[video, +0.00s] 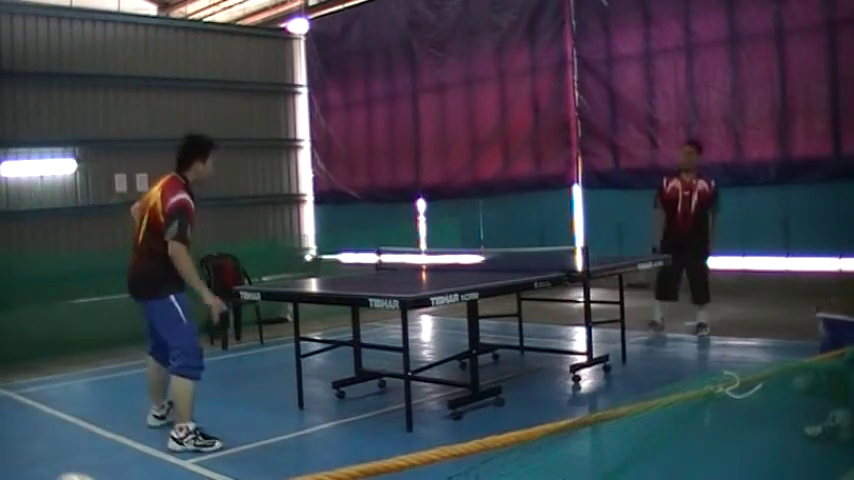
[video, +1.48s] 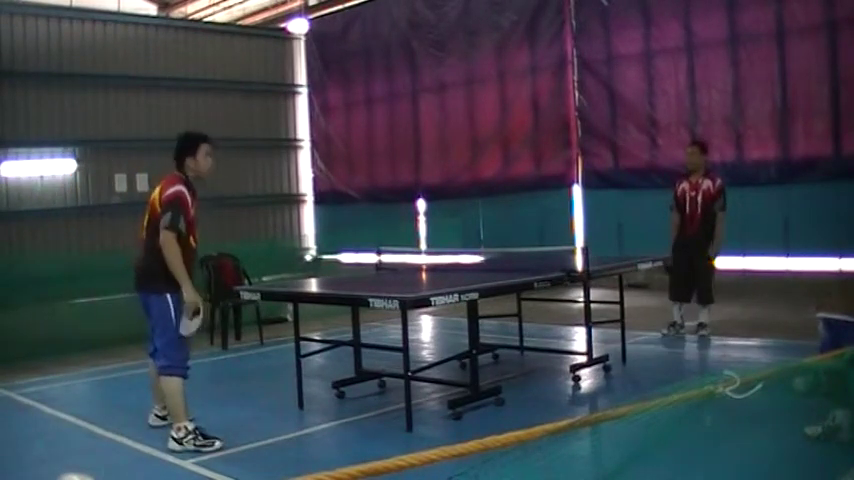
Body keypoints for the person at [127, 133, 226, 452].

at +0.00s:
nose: (211, 169)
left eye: (210, 162)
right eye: (208, 162)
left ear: (186, 161)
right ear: (196, 163)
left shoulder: (165, 184)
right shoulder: (180, 198)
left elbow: (137, 209)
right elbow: (176, 250)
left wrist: (148, 248)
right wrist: (206, 294)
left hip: (145, 283)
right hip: (162, 286)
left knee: (162, 347)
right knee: (187, 352)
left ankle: (159, 408)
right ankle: (183, 431)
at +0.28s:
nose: (225, 186)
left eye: (226, 180)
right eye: (224, 180)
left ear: (203, 178)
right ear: (212, 180)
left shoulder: (179, 199)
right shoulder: (188, 206)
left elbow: (157, 246)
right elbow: (165, 247)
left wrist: (162, 294)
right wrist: (163, 298)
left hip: (145, 287)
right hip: (154, 289)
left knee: (164, 349)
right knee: (180, 355)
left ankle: (162, 408)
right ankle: (182, 430)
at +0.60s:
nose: (230, 194)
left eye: (230, 188)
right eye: (228, 188)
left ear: (208, 185)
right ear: (215, 187)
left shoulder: (185, 201)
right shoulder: (193, 209)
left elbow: (163, 248)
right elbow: (174, 252)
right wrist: (191, 302)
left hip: (145, 283)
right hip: (151, 285)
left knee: (164, 349)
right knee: (172, 354)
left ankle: (162, 408)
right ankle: (182, 429)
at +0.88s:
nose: (227, 188)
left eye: (227, 182)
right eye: (226, 182)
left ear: (203, 179)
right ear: (213, 181)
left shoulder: (182, 198)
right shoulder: (193, 206)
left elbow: (167, 245)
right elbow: (179, 250)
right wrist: (208, 288)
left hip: (142, 284)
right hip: (152, 286)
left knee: (160, 351)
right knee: (171, 357)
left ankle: (162, 409)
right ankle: (182, 430)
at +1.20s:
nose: (225, 179)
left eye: (225, 173)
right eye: (222, 173)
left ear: (201, 173)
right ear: (208, 174)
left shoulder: (181, 194)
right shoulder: (189, 201)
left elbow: (165, 242)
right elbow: (171, 245)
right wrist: (196, 290)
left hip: (147, 283)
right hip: (153, 286)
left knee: (160, 351)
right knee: (170, 356)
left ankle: (162, 409)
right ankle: (181, 429)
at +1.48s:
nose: (211, 162)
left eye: (211, 156)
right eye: (206, 156)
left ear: (188, 160)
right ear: (189, 160)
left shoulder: (171, 186)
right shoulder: (178, 191)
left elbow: (157, 237)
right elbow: (167, 239)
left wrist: (178, 285)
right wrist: (188, 288)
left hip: (156, 283)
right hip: (163, 285)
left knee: (164, 349)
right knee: (173, 354)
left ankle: (162, 409)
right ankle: (182, 429)